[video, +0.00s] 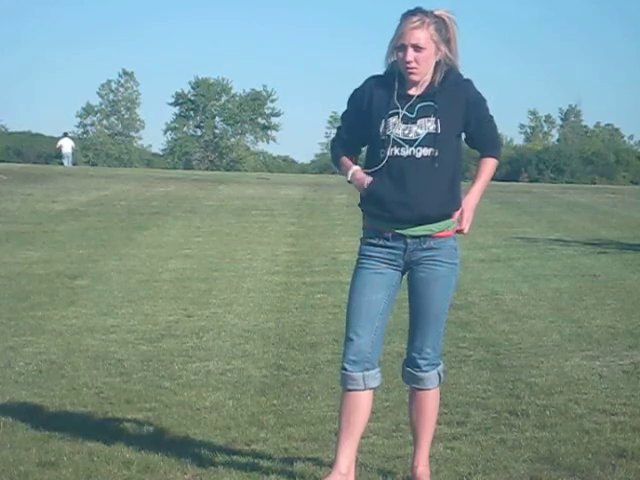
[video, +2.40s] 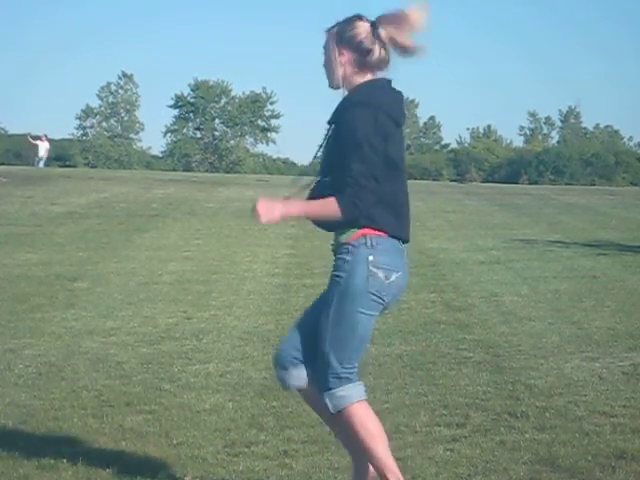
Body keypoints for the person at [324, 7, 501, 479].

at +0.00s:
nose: (408, 56)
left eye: (418, 48)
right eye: (401, 47)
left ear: (439, 51)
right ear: (394, 49)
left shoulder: (461, 92)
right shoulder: (373, 91)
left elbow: (490, 149)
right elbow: (342, 149)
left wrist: (471, 199)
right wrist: (356, 174)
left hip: (437, 245)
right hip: (377, 243)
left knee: (423, 361)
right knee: (357, 357)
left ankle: (420, 466)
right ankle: (343, 469)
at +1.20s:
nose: (346, 49)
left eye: (357, 42)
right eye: (344, 43)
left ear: (386, 51)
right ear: (343, 53)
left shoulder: (402, 105)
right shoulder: (348, 113)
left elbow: (430, 186)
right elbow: (362, 184)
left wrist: (456, 257)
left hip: (405, 251)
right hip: (368, 256)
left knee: (388, 369)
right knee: (338, 372)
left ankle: (431, 473)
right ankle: (397, 464)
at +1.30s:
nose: (345, 53)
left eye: (355, 46)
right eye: (344, 46)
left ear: (385, 54)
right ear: (347, 55)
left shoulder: (401, 106)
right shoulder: (355, 112)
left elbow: (411, 188)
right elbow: (366, 185)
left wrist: (400, 262)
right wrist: (360, 248)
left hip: (407, 257)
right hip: (368, 258)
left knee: (387, 378)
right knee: (306, 350)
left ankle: (431, 473)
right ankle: (374, 433)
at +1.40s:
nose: (343, 26)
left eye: (353, 18)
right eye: (341, 18)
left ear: (383, 26)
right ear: (343, 28)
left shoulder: (396, 77)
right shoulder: (358, 78)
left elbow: (386, 163)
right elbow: (358, 155)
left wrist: (336, 219)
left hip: (403, 233)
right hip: (360, 233)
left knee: (399, 358)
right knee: (295, 317)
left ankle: (427, 466)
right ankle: (361, 412)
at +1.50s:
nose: (336, 3)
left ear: (376, 2)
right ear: (339, 7)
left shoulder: (386, 49)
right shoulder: (354, 53)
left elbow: (358, 127)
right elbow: (364, 130)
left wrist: (296, 177)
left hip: (398, 210)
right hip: (354, 207)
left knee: (393, 338)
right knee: (303, 305)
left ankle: (406, 449)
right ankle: (354, 412)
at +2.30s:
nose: (325, 42)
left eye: (330, 33)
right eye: (327, 34)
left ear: (349, 36)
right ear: (364, 36)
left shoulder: (365, 85)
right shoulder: (369, 83)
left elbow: (345, 172)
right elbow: (356, 171)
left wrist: (290, 234)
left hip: (364, 235)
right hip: (364, 233)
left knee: (352, 365)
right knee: (338, 368)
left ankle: (396, 475)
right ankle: (390, 472)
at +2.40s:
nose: (324, 59)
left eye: (328, 50)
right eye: (325, 50)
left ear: (346, 56)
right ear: (365, 55)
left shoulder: (362, 107)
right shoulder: (379, 102)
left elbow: (359, 201)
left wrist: (284, 208)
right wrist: (380, 29)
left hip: (367, 259)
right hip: (375, 257)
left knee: (338, 383)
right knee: (292, 362)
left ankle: (392, 475)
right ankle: (364, 466)